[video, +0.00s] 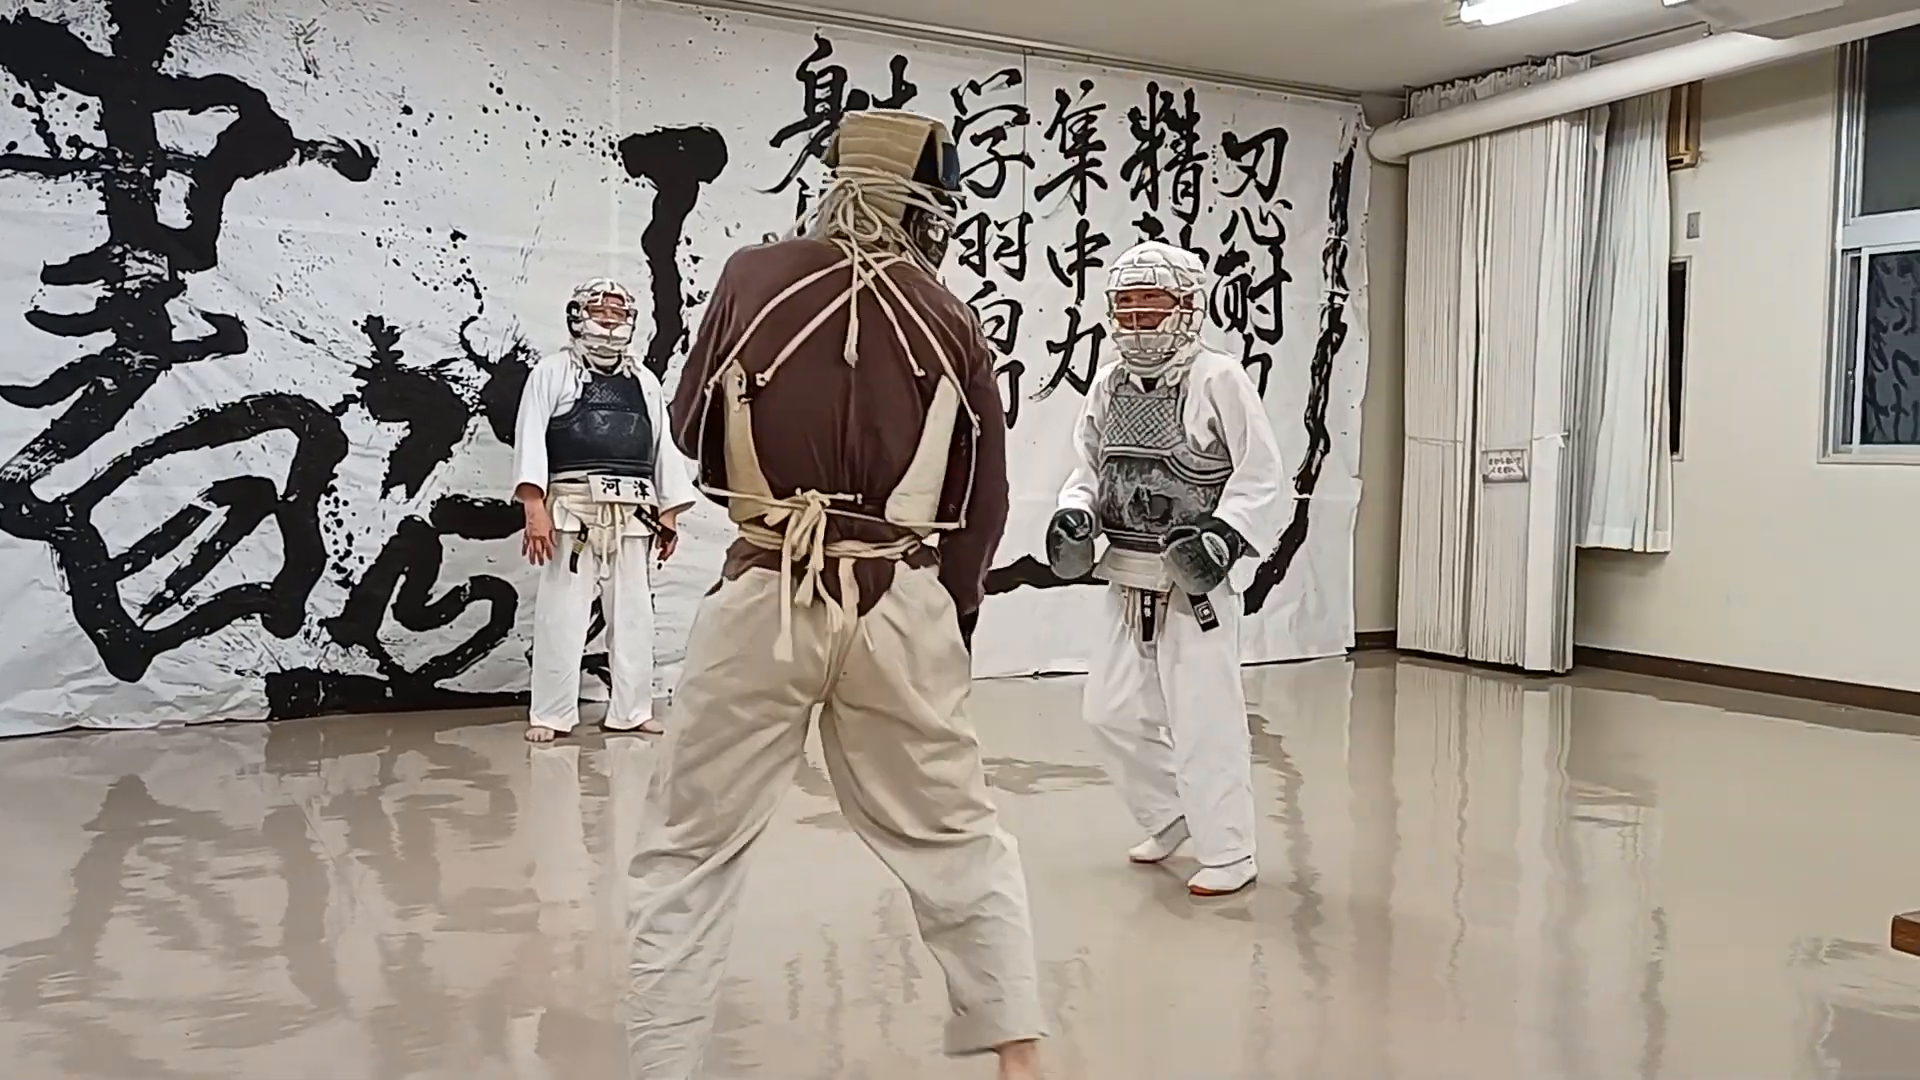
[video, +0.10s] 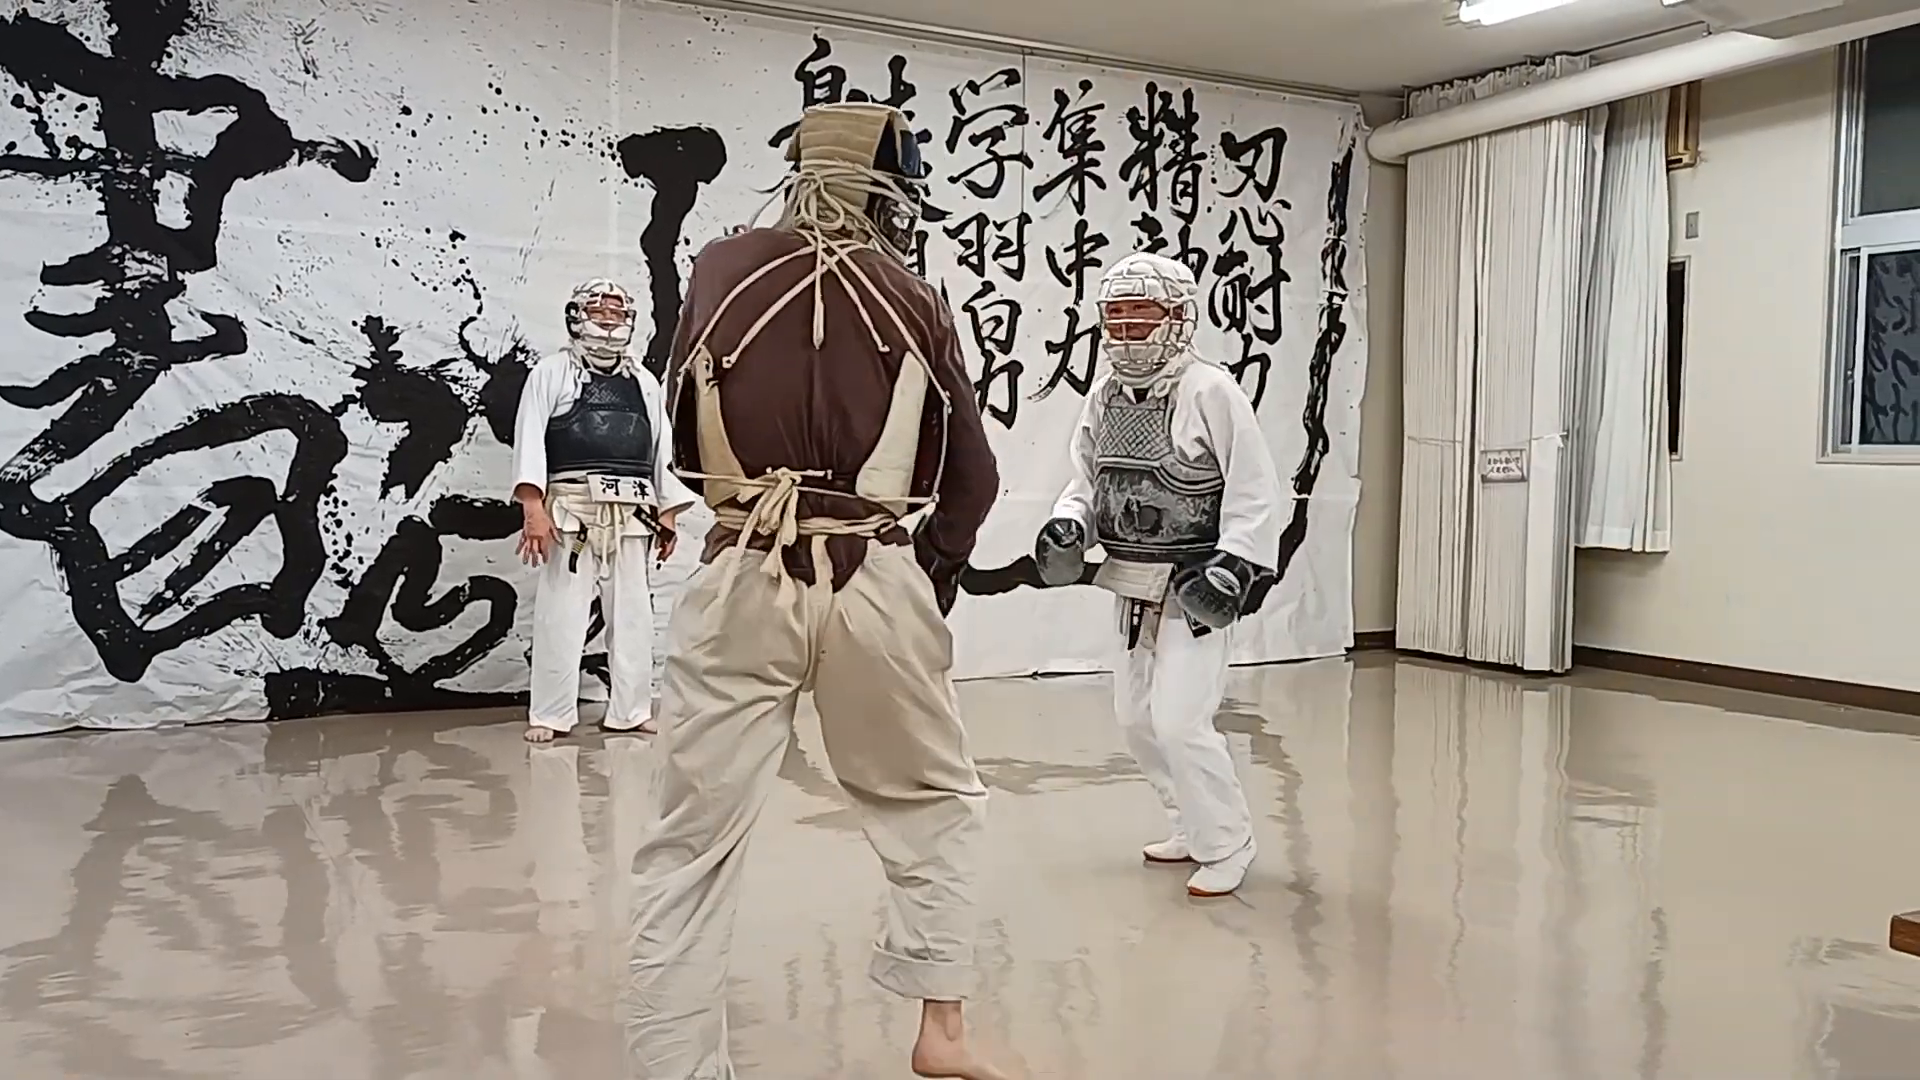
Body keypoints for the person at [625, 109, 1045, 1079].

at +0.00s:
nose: (952, 211)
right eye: (945, 200)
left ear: (833, 192)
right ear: (929, 206)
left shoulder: (754, 272)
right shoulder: (954, 323)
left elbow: (695, 428)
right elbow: (981, 504)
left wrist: (773, 508)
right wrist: (943, 627)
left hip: (758, 602)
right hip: (905, 609)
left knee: (689, 846)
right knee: (956, 831)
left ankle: (662, 1064)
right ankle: (1020, 1056)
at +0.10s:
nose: (911, 199)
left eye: (907, 185)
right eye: (906, 186)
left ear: (798, 180)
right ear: (885, 190)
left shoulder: (719, 264)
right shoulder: (914, 297)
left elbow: (687, 434)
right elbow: (974, 476)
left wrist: (748, 497)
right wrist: (931, 567)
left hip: (736, 582)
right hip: (875, 581)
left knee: (688, 844)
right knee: (926, 798)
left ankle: (668, 1064)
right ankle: (943, 1027)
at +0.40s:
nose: (920, 291)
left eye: (916, 279)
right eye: (915, 279)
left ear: (816, 270)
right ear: (896, 281)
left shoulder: (739, 336)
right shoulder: (905, 370)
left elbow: (715, 452)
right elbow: (993, 454)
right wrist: (998, 371)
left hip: (730, 625)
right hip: (846, 631)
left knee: (663, 853)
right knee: (880, 810)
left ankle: (666, 1053)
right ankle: (926, 992)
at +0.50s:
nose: (913, 295)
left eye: (912, 281)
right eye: (909, 281)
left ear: (814, 267)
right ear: (886, 280)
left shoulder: (728, 328)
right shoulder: (891, 366)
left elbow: (690, 462)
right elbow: (971, 482)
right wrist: (983, 399)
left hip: (708, 604)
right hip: (826, 611)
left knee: (635, 820)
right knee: (865, 803)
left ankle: (657, 1017)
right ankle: (928, 996)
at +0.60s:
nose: (877, 288)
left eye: (879, 272)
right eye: (870, 272)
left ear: (781, 260)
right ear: (843, 271)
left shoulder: (691, 331)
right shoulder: (858, 361)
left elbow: (661, 476)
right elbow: (907, 507)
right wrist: (951, 479)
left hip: (686, 595)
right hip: (804, 601)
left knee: (591, 797)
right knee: (862, 801)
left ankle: (573, 995)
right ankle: (929, 995)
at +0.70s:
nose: (817, 289)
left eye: (815, 275)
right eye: (809, 276)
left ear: (715, 268)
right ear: (787, 278)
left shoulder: (639, 354)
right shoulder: (813, 372)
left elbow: (601, 498)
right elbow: (859, 500)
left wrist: (666, 542)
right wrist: (873, 577)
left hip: (656, 616)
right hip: (779, 615)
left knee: (542, 786)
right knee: (855, 805)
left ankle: (454, 998)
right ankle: (930, 994)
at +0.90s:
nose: (710, 278)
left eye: (709, 261)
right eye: (702, 262)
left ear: (610, 255)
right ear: (677, 263)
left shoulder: (522, 332)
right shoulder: (687, 354)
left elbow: (469, 480)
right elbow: (704, 512)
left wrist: (550, 522)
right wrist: (725, 607)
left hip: (525, 601)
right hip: (646, 603)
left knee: (462, 791)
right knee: (752, 781)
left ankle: (412, 1009)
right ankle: (834, 982)